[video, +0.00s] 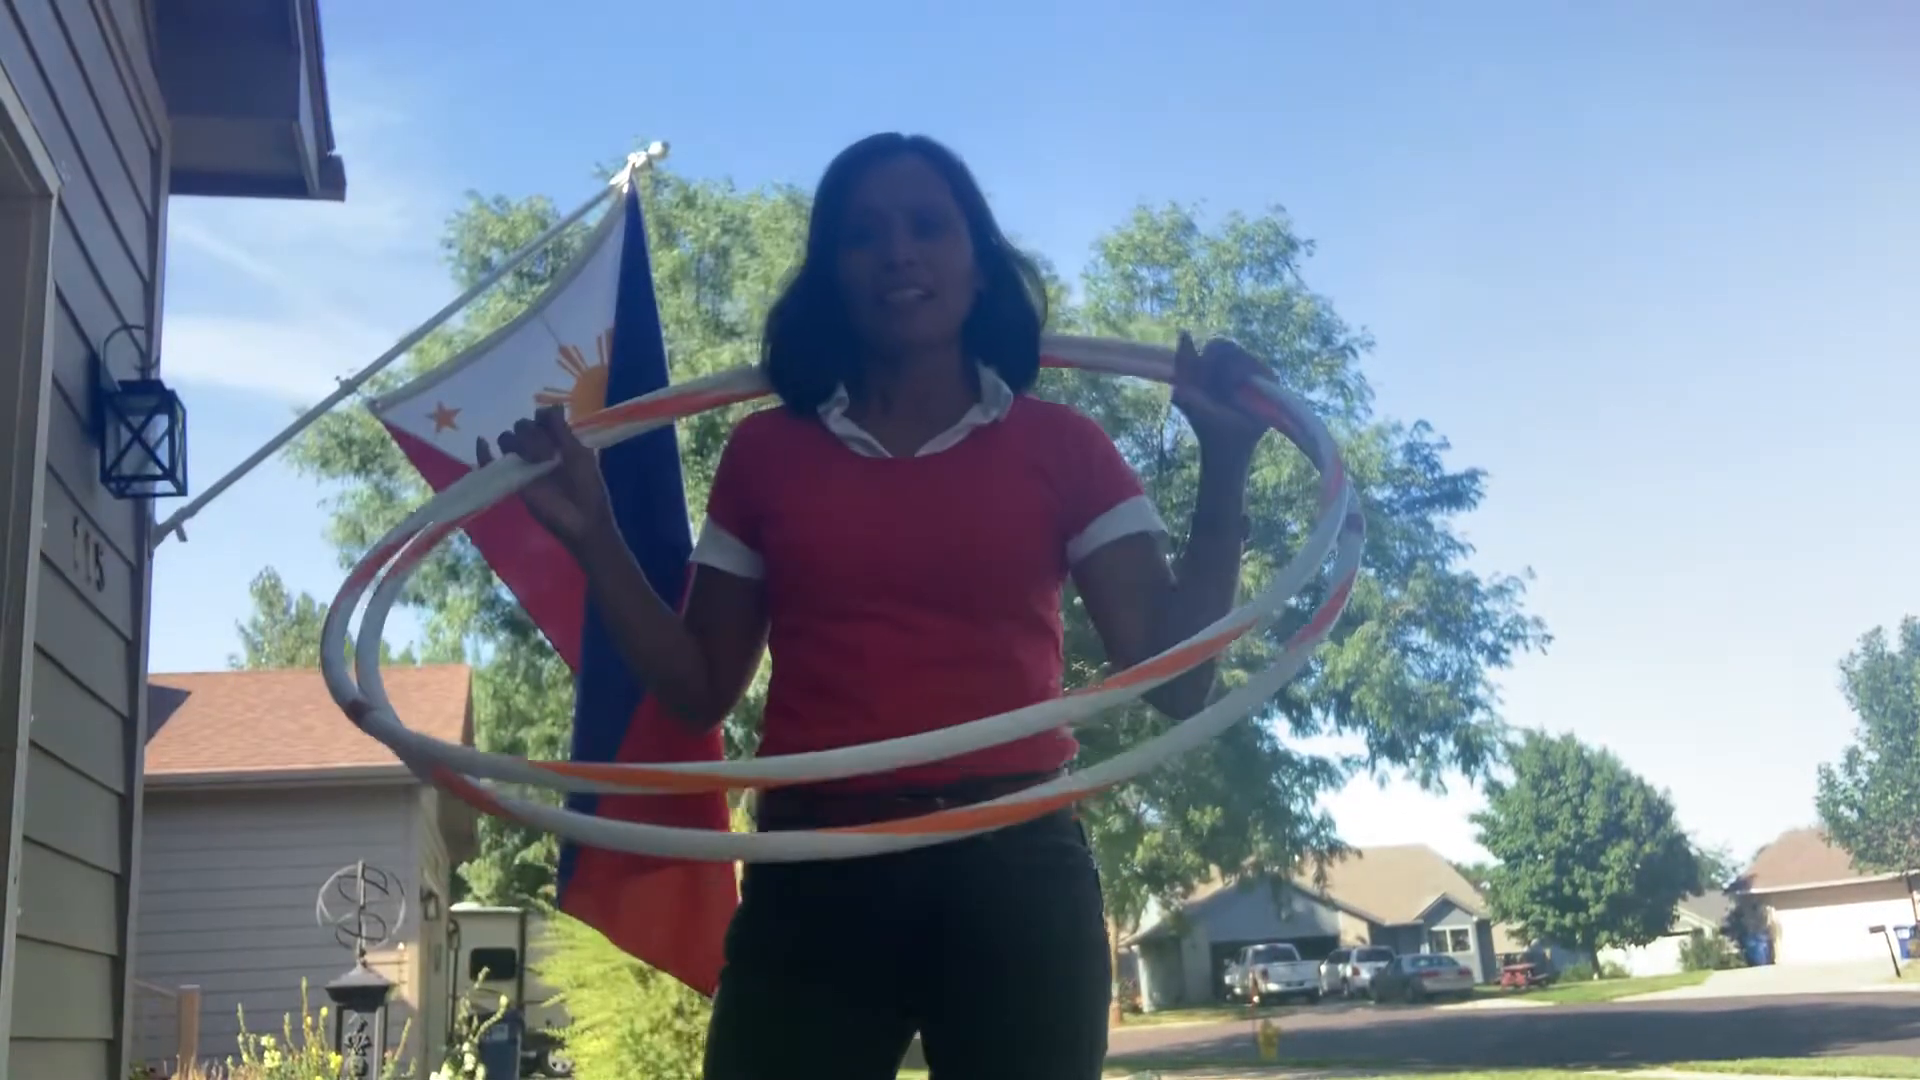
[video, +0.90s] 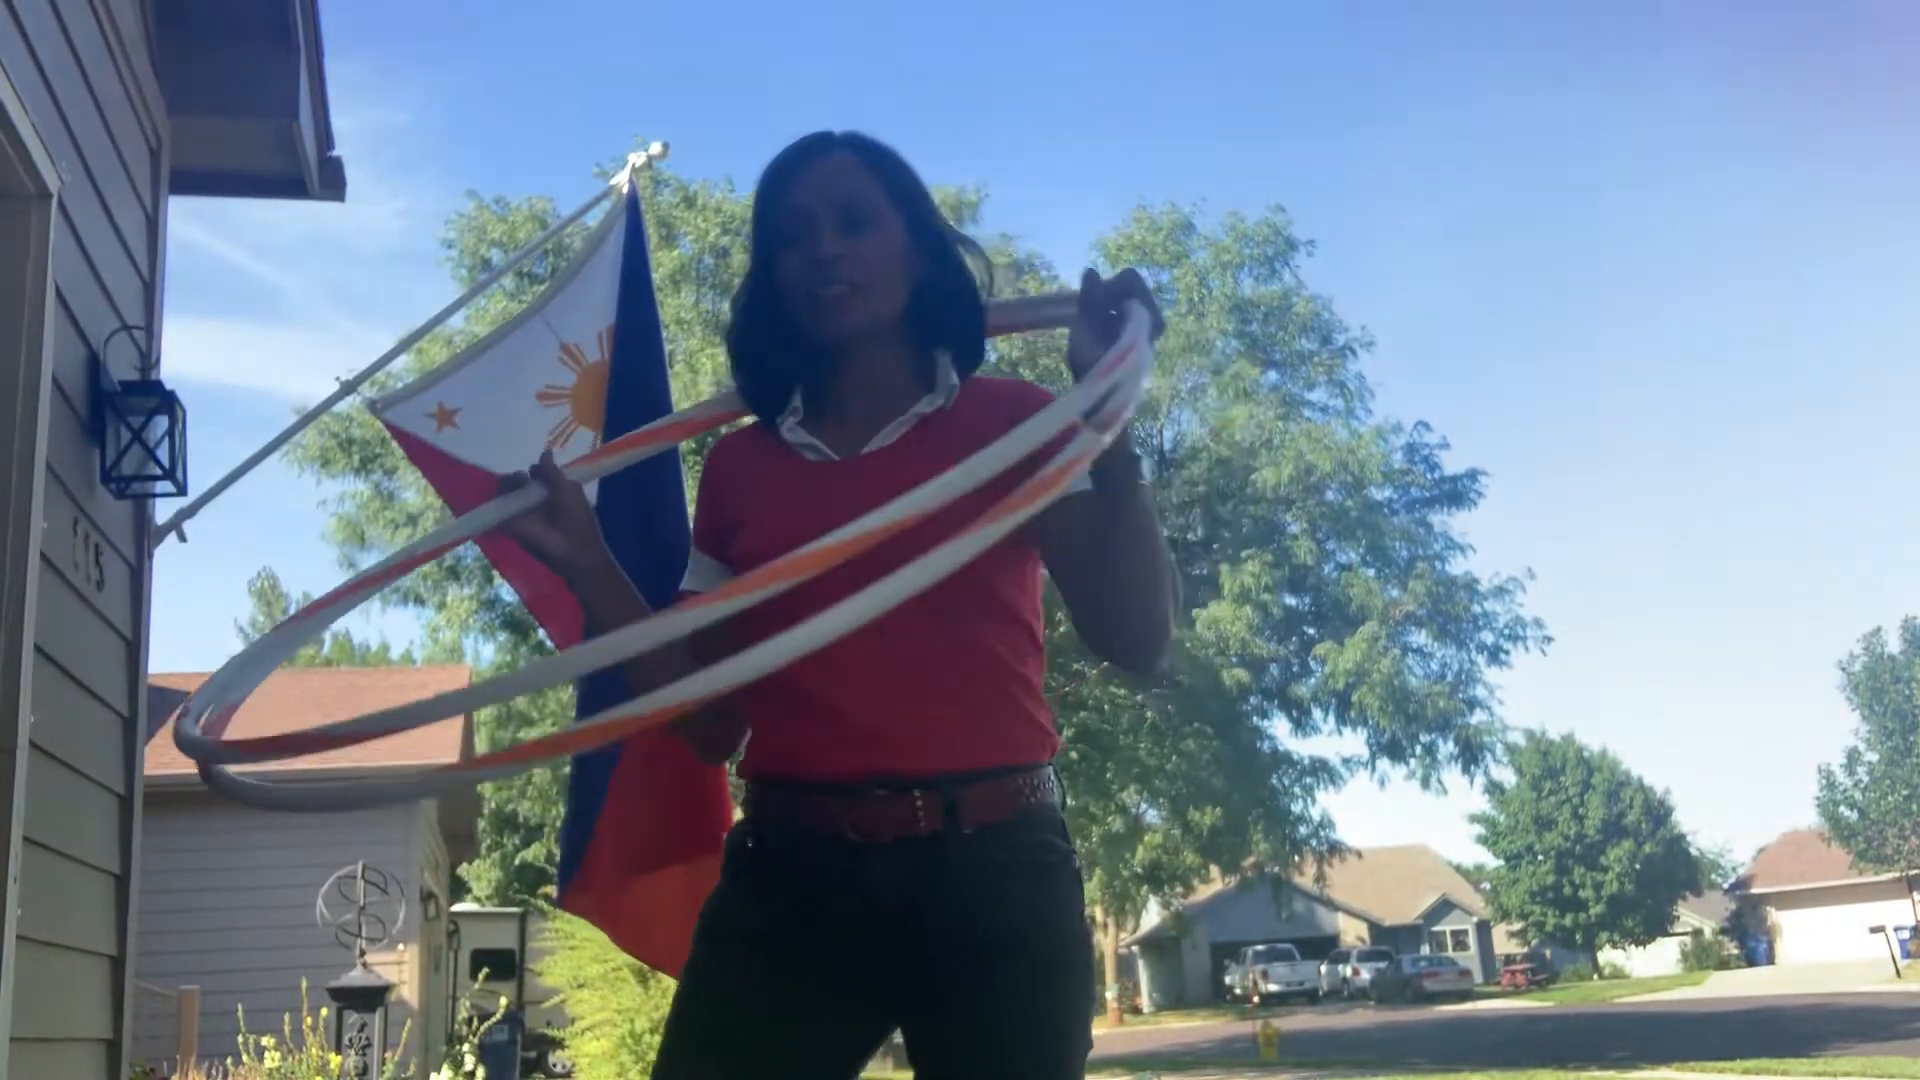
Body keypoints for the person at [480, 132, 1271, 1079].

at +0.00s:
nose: (897, 257)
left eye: (927, 228)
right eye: (864, 236)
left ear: (978, 257)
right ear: (830, 273)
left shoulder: (1057, 444)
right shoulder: (770, 452)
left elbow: (1166, 667)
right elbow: (698, 689)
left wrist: (1226, 460)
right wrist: (591, 532)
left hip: (1014, 865)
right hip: (816, 872)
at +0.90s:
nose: (823, 248)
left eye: (855, 219)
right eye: (793, 230)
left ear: (920, 250)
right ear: (767, 278)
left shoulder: (1011, 419)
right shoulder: (742, 468)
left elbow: (1138, 645)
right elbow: (710, 723)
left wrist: (1111, 420)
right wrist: (584, 556)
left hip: (994, 862)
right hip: (794, 866)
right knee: (697, 1072)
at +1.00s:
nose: (778, 250)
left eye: (810, 220)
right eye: (750, 232)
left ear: (877, 249)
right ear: (726, 279)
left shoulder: (965, 408)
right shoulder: (711, 474)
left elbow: (1078, 632)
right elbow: (700, 731)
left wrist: (1018, 396)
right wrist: (565, 583)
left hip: (972, 860)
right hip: (771, 869)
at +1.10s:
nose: (711, 250)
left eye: (745, 219)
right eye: (685, 235)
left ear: (817, 251)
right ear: (662, 281)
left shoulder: (914, 406)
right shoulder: (657, 465)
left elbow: (995, 632)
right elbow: (659, 740)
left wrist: (902, 393)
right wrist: (511, 589)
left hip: (933, 861)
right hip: (734, 877)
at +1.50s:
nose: (704, 257)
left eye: (738, 228)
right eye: (681, 253)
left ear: (815, 257)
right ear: (667, 312)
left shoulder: (908, 424)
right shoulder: (645, 482)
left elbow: (928, 652)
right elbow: (606, 745)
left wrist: (842, 475)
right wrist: (517, 553)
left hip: (901, 869)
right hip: (699, 881)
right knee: (602, 1067)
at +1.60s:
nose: (722, 252)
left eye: (751, 224)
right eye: (696, 246)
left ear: (828, 267)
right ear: (683, 299)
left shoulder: (920, 435)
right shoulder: (649, 465)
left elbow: (949, 662)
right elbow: (596, 706)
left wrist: (835, 631)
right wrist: (678, 495)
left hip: (905, 873)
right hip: (699, 879)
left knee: (970, 1065)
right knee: (599, 1068)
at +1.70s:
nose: (712, 242)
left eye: (741, 219)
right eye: (683, 240)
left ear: (813, 268)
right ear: (667, 303)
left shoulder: (907, 442)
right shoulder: (621, 466)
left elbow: (922, 675)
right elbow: (594, 682)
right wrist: (768, 499)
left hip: (880, 875)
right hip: (669, 889)